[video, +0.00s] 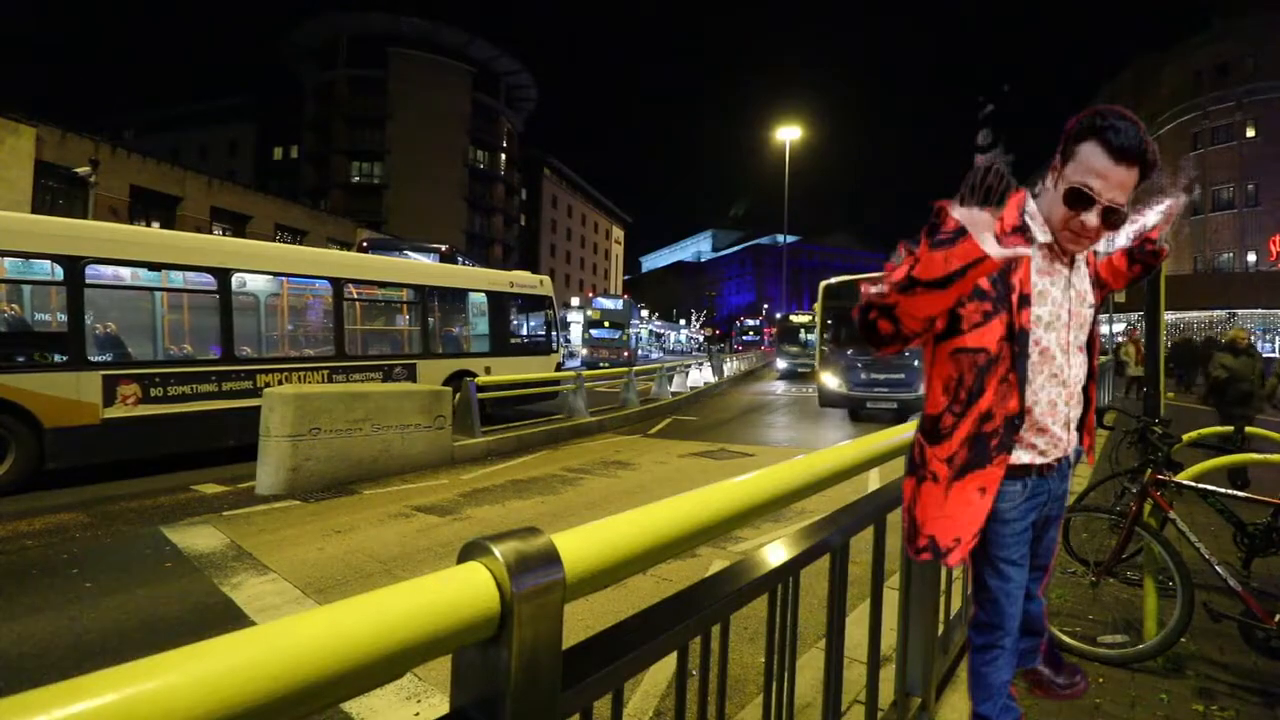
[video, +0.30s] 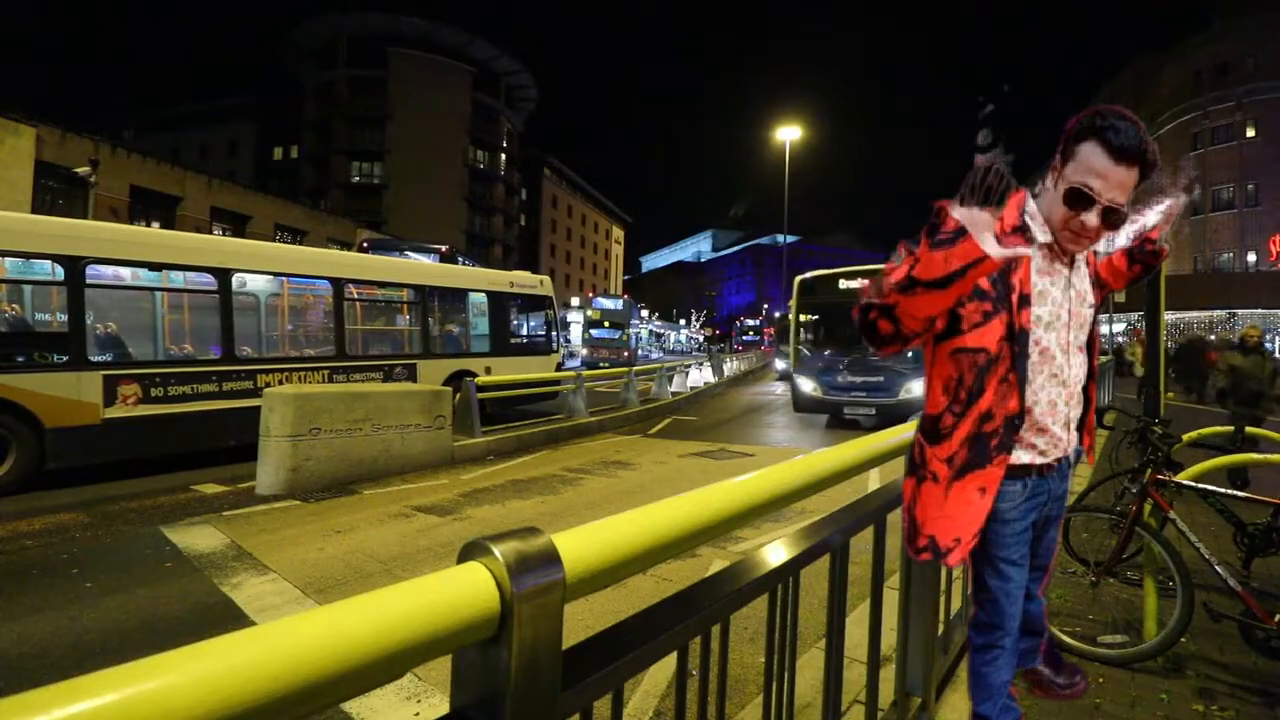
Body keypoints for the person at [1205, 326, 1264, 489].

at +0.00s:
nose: (1244, 342)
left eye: (1246, 339)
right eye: (1241, 339)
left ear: (1249, 340)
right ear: (1232, 339)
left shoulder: (1255, 357)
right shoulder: (1221, 356)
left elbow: (1260, 379)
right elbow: (1215, 375)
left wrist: (1258, 395)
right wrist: (1231, 382)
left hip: (1248, 406)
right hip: (1228, 407)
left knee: (1244, 442)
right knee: (1230, 442)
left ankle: (1243, 475)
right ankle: (1233, 476)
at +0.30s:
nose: (1253, 340)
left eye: (1257, 337)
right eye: (1250, 336)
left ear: (1262, 339)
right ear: (1242, 337)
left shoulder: (1267, 360)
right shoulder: (1231, 356)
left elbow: (1271, 385)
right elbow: (1221, 380)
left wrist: (1266, 403)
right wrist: (1224, 396)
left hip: (1258, 407)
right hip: (1236, 405)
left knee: (1251, 442)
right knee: (1235, 441)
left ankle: (1244, 475)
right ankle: (1233, 476)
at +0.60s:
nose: (1254, 342)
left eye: (1258, 339)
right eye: (1251, 339)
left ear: (1263, 341)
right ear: (1244, 340)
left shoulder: (1269, 361)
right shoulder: (1233, 359)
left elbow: (1274, 387)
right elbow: (1220, 380)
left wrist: (1273, 408)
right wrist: (1216, 399)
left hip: (1260, 409)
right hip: (1239, 408)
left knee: (1254, 444)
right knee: (1238, 443)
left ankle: (1245, 475)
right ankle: (1234, 477)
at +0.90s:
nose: (1257, 339)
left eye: (1261, 335)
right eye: (1253, 335)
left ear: (1265, 338)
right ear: (1245, 337)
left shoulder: (1272, 358)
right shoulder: (1233, 355)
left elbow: (1274, 381)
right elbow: (1220, 376)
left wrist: (1274, 397)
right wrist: (1228, 392)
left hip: (1268, 407)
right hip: (1243, 407)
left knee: (1271, 443)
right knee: (1244, 444)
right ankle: (1240, 476)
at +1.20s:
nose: (1274, 340)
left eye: (1277, 337)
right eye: (1270, 337)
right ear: (1261, 338)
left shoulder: (1277, 360)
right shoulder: (1248, 358)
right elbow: (1231, 379)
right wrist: (1243, 391)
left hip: (1274, 411)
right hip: (1250, 411)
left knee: (1275, 446)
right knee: (1247, 446)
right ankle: (1240, 476)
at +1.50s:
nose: (1278, 337)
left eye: (1279, 334)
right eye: (1276, 333)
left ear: (1278, 336)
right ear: (1268, 336)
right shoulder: (1257, 358)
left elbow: (1239, 383)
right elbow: (1239, 384)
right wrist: (1240, 406)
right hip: (1265, 412)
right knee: (1268, 444)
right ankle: (1267, 474)